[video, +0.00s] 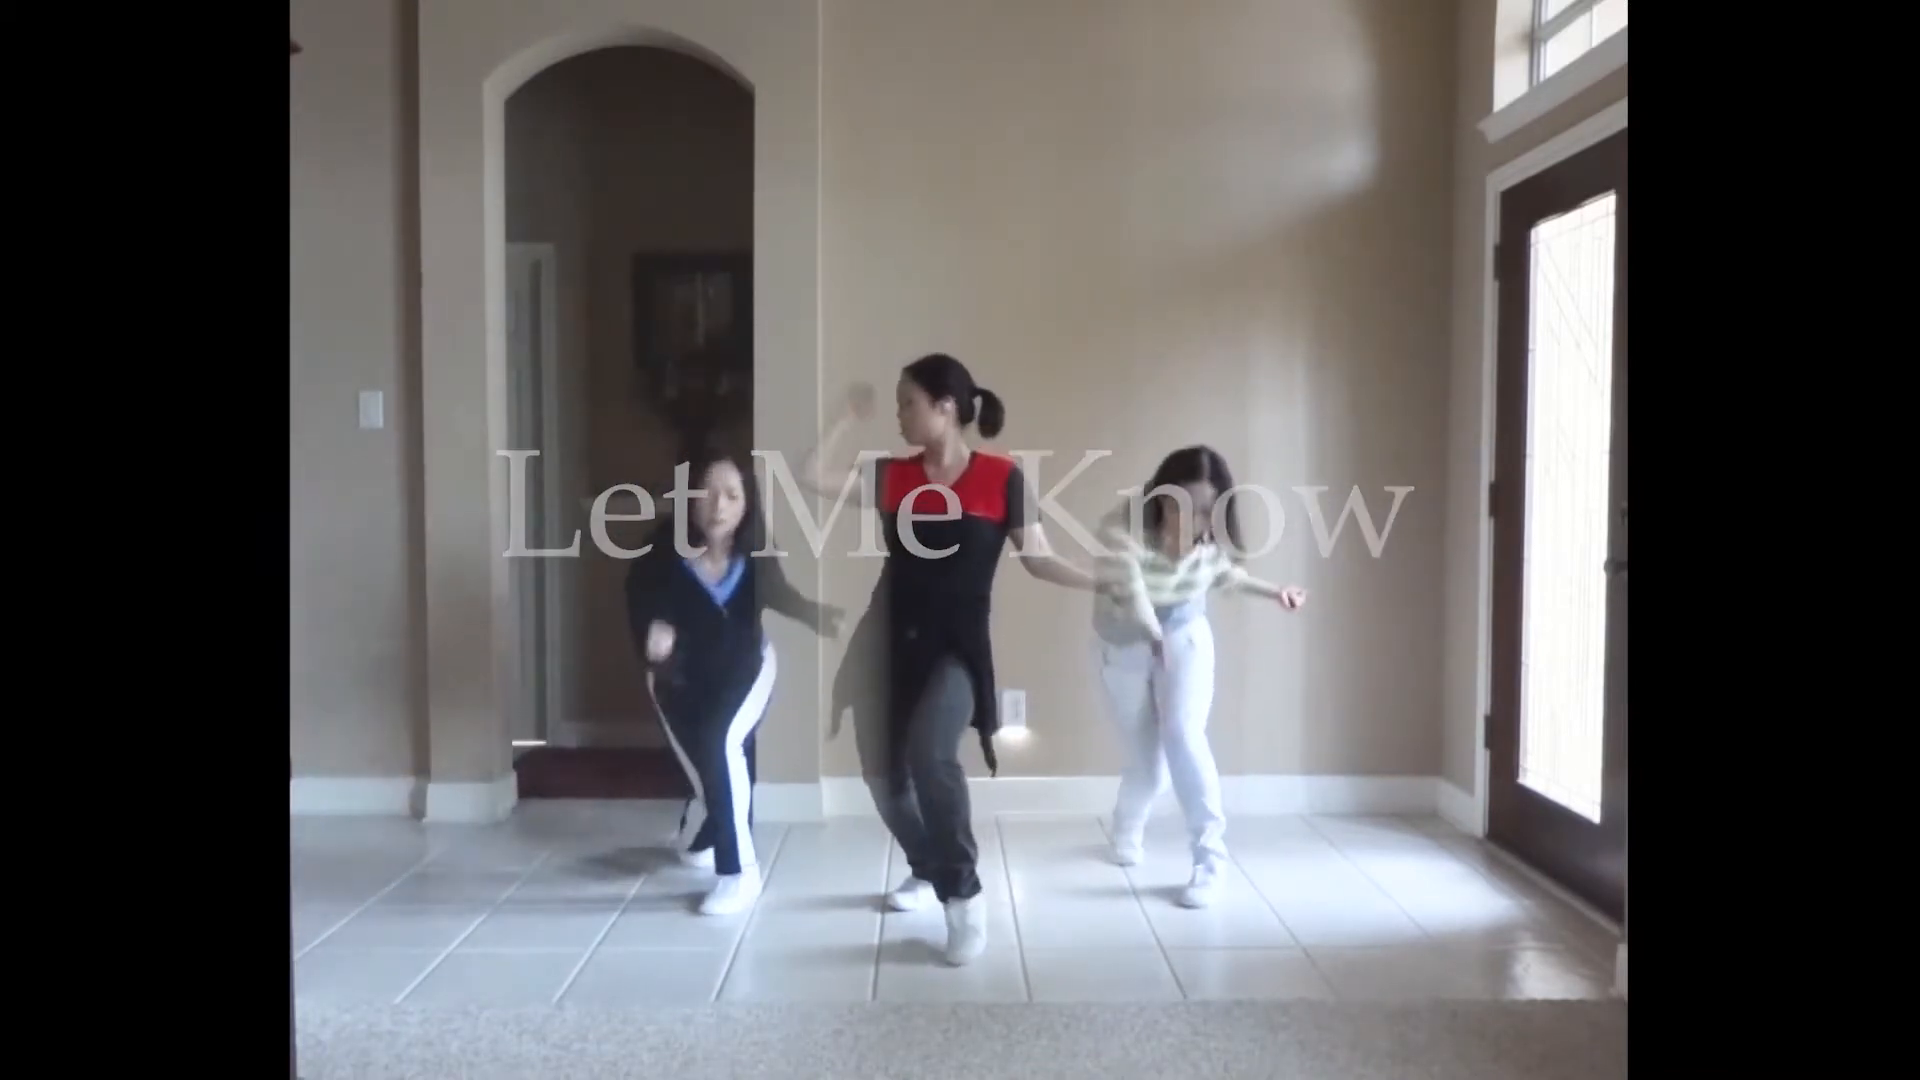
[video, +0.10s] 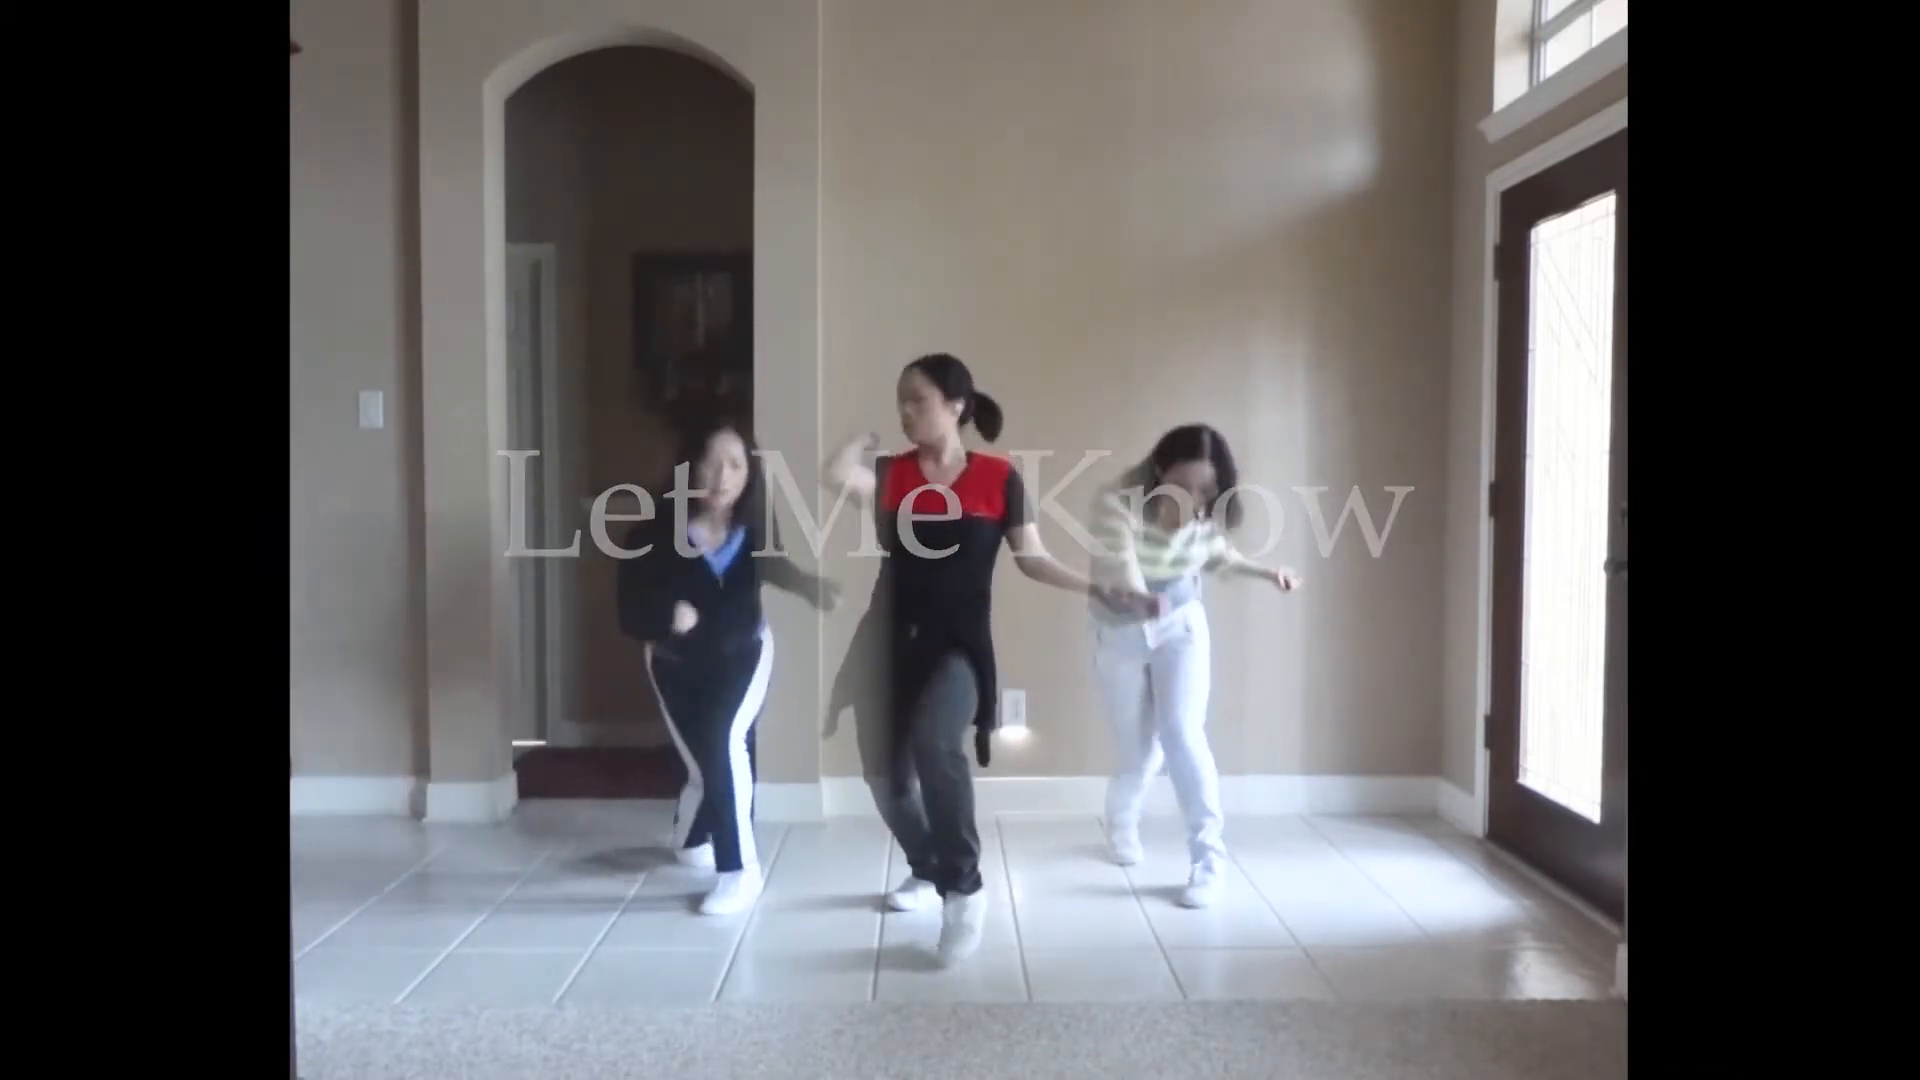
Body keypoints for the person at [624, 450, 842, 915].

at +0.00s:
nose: (719, 505)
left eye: (731, 495)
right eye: (708, 494)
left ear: (746, 504)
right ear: (690, 500)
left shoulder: (754, 556)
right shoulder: (667, 555)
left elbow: (779, 594)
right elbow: (640, 588)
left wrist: (818, 616)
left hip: (744, 665)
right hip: (681, 674)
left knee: (720, 742)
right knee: (711, 770)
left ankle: (738, 872)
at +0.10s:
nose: (723, 475)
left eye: (735, 464)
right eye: (712, 463)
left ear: (748, 473)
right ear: (693, 467)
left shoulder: (755, 521)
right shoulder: (662, 528)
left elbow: (774, 564)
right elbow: (631, 606)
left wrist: (813, 587)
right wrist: (666, 617)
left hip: (742, 649)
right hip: (676, 656)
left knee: (722, 738)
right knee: (706, 756)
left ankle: (737, 868)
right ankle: (698, 836)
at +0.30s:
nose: (733, 415)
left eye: (744, 405)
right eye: (721, 403)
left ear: (756, 415)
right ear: (699, 408)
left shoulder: (762, 470)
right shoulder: (663, 471)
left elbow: (806, 510)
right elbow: (619, 546)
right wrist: (659, 605)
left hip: (740, 623)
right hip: (677, 626)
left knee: (734, 736)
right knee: (690, 736)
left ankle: (743, 855)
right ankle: (690, 835)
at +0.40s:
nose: (736, 394)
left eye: (747, 385)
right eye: (725, 382)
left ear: (759, 395)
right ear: (703, 388)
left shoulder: (767, 455)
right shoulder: (663, 459)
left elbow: (834, 477)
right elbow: (616, 534)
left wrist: (887, 469)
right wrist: (656, 597)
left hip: (743, 612)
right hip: (680, 616)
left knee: (746, 733)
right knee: (688, 730)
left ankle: (738, 850)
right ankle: (686, 831)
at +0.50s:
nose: (739, 388)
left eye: (750, 377)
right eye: (727, 376)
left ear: (762, 388)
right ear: (703, 382)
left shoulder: (769, 446)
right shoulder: (665, 451)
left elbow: (847, 457)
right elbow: (614, 524)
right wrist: (654, 595)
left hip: (749, 608)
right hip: (688, 610)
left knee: (748, 733)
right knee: (694, 728)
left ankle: (730, 848)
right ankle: (680, 825)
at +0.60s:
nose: (742, 389)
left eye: (754, 379)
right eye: (731, 376)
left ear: (765, 390)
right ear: (707, 380)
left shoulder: (766, 446)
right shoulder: (669, 448)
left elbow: (837, 463)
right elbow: (621, 522)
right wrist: (656, 597)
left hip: (755, 603)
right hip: (696, 606)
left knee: (754, 737)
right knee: (711, 739)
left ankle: (732, 851)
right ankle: (678, 818)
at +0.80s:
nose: (747, 412)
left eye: (759, 404)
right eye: (737, 398)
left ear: (768, 412)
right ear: (711, 398)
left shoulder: (756, 472)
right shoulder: (670, 463)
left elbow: (788, 545)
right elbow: (629, 535)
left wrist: (812, 510)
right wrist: (671, 605)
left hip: (756, 619)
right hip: (702, 623)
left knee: (774, 739)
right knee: (774, 738)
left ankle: (737, 857)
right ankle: (678, 739)